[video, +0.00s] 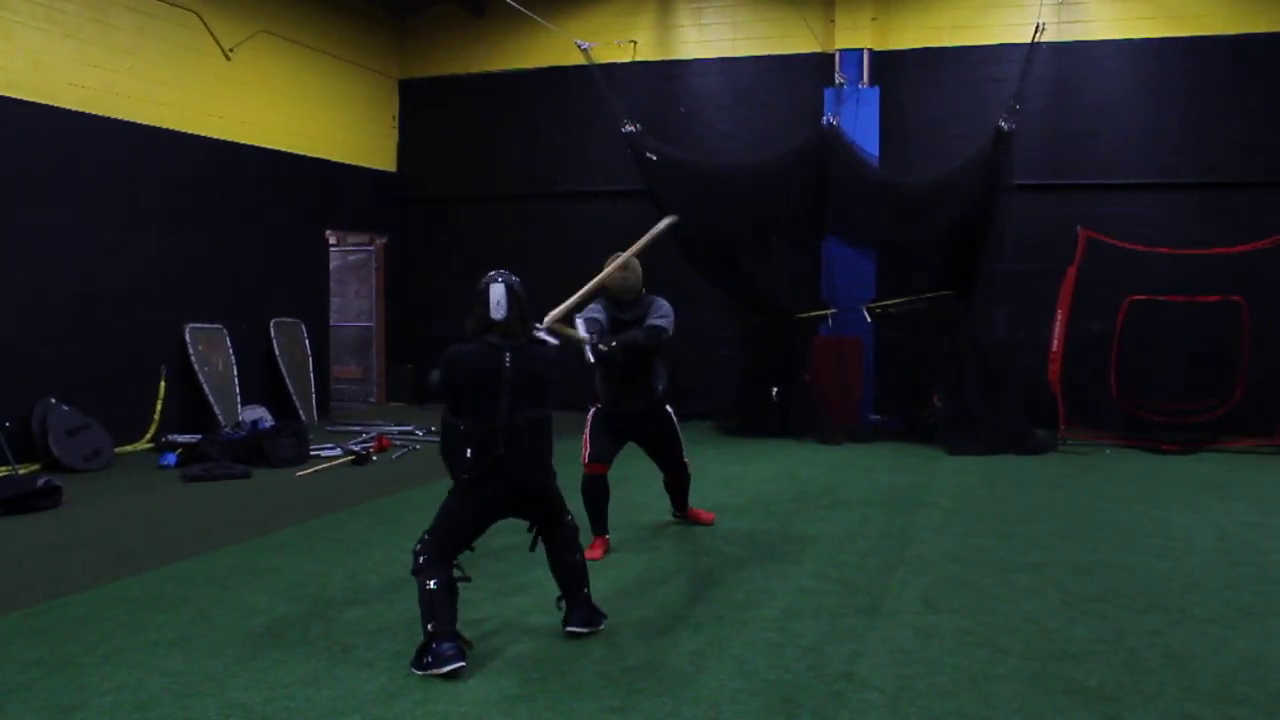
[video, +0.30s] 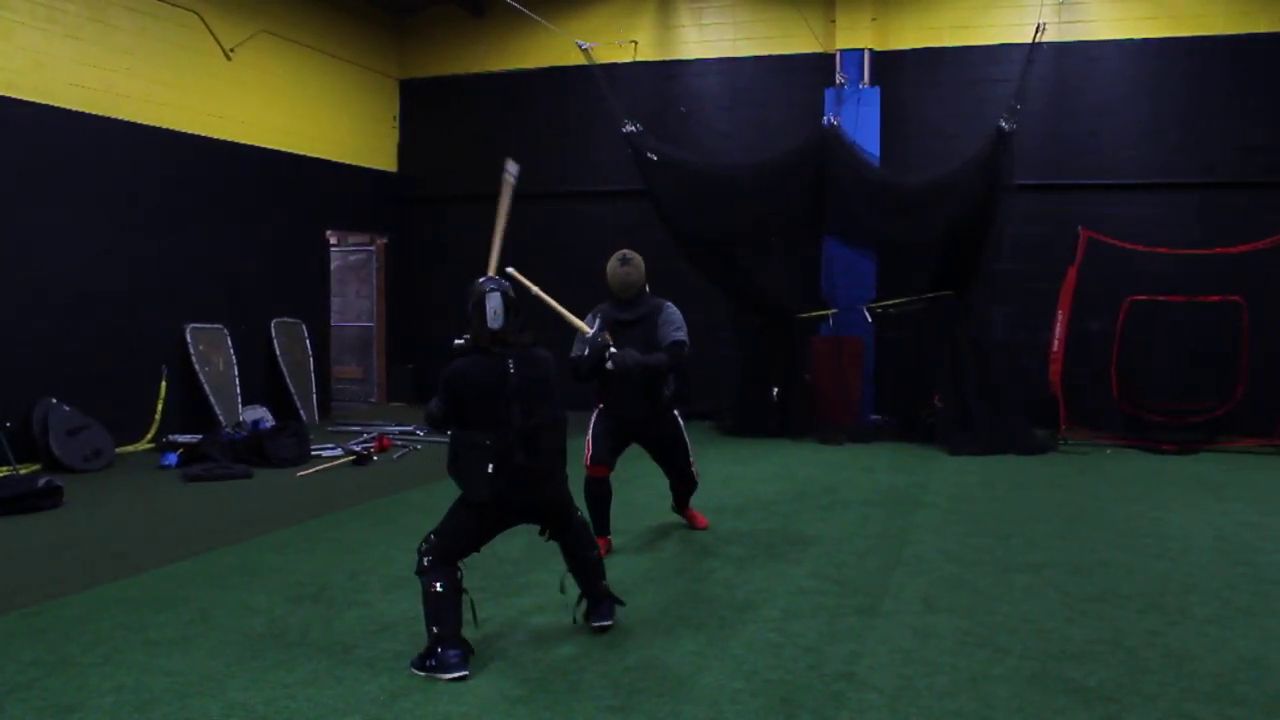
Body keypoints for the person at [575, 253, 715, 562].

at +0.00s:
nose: (625, 271)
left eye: (629, 266)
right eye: (617, 268)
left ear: (639, 277)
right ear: (605, 282)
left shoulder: (657, 306)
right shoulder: (595, 311)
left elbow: (657, 334)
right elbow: (589, 332)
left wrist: (617, 344)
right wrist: (597, 343)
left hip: (651, 407)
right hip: (609, 410)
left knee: (677, 468)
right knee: (593, 474)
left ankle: (682, 510)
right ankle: (599, 536)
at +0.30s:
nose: (626, 290)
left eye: (631, 283)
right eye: (620, 283)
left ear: (642, 282)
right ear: (610, 284)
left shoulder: (664, 312)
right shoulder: (597, 318)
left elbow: (677, 355)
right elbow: (578, 369)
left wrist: (631, 360)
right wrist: (594, 353)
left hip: (656, 408)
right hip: (612, 411)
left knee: (686, 475)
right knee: (595, 471)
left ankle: (682, 507)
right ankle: (602, 536)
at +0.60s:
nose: (664, 277)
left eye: (669, 271)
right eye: (659, 271)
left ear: (680, 269)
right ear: (650, 270)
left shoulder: (699, 301)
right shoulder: (635, 303)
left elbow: (709, 344)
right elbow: (614, 343)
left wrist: (664, 356)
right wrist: (630, 327)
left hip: (689, 395)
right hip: (645, 395)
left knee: (700, 463)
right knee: (624, 462)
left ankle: (696, 511)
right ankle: (605, 523)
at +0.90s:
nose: (686, 268)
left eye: (692, 263)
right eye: (682, 262)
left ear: (702, 266)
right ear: (673, 264)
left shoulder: (716, 300)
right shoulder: (652, 296)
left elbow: (720, 345)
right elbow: (628, 328)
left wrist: (675, 361)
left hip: (699, 387)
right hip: (658, 386)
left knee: (708, 451)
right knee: (640, 446)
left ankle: (696, 509)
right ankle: (640, 503)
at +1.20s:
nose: (674, 288)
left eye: (679, 283)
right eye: (669, 282)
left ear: (689, 284)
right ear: (661, 283)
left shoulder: (703, 313)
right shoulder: (647, 307)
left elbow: (697, 357)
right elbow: (631, 347)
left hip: (692, 394)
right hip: (652, 392)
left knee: (704, 449)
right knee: (640, 445)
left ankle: (696, 509)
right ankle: (633, 494)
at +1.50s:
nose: (659, 277)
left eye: (664, 272)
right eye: (655, 272)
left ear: (674, 274)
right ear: (650, 273)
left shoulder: (691, 302)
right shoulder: (633, 295)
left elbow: (690, 341)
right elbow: (616, 329)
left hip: (682, 382)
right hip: (643, 380)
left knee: (689, 441)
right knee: (643, 439)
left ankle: (691, 504)